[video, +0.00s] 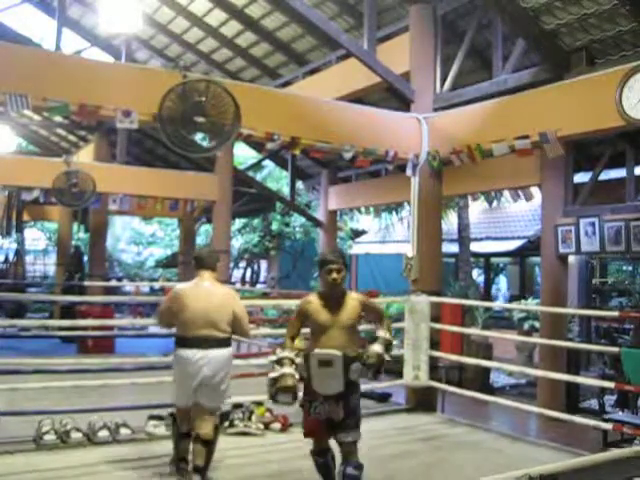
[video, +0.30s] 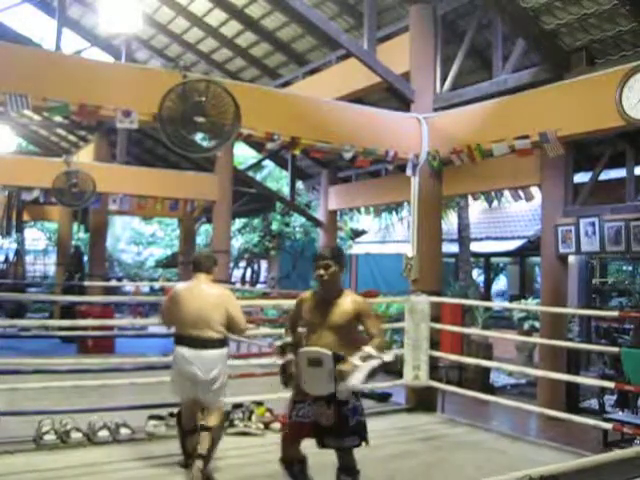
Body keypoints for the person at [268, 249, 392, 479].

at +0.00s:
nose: (334, 276)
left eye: (339, 271)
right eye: (329, 272)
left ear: (345, 274)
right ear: (320, 275)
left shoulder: (357, 301)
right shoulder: (308, 305)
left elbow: (383, 320)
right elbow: (290, 337)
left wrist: (379, 345)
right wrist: (286, 367)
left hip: (348, 371)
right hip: (316, 372)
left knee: (348, 440)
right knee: (318, 439)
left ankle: (350, 473)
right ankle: (328, 475)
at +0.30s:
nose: (321, 273)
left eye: (327, 268)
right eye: (318, 268)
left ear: (340, 270)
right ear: (313, 271)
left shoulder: (356, 304)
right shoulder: (304, 302)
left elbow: (379, 338)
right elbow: (292, 329)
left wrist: (353, 363)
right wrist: (293, 359)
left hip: (340, 387)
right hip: (307, 385)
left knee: (344, 453)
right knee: (289, 447)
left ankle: (347, 475)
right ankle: (300, 475)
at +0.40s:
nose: (311, 274)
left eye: (318, 268)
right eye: (310, 269)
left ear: (332, 271)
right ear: (308, 272)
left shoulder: (352, 304)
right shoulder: (301, 302)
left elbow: (361, 338)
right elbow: (293, 335)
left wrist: (338, 356)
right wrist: (291, 366)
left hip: (335, 385)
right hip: (302, 382)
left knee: (341, 453)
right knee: (282, 445)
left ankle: (346, 473)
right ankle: (283, 473)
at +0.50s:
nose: (299, 276)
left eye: (305, 270)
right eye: (297, 271)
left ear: (321, 273)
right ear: (295, 275)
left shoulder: (339, 303)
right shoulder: (295, 304)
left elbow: (352, 339)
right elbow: (293, 338)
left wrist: (325, 349)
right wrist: (293, 355)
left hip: (328, 381)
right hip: (298, 380)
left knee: (336, 452)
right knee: (281, 446)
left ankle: (343, 470)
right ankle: (278, 472)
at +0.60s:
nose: (287, 276)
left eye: (291, 270)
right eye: (286, 271)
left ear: (309, 274)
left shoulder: (324, 303)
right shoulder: (290, 304)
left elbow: (336, 341)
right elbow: (290, 340)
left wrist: (309, 353)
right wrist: (278, 357)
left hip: (315, 379)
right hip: (288, 377)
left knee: (320, 440)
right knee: (277, 445)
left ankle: (337, 469)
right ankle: (272, 472)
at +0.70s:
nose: (271, 274)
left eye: (276, 268)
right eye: (271, 269)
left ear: (293, 272)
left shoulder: (309, 301)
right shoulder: (282, 304)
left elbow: (323, 341)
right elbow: (284, 341)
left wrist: (298, 352)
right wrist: (270, 358)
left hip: (302, 380)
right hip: (279, 378)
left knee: (310, 449)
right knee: (267, 443)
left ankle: (327, 472)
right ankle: (265, 471)